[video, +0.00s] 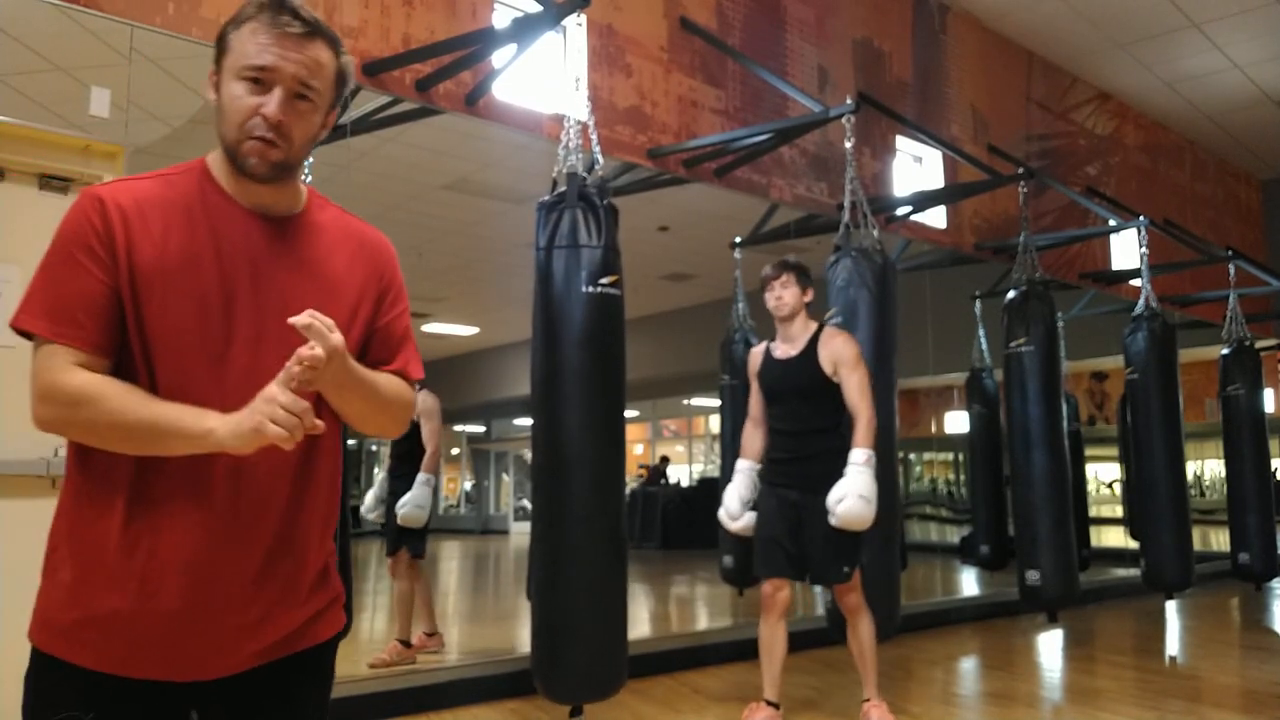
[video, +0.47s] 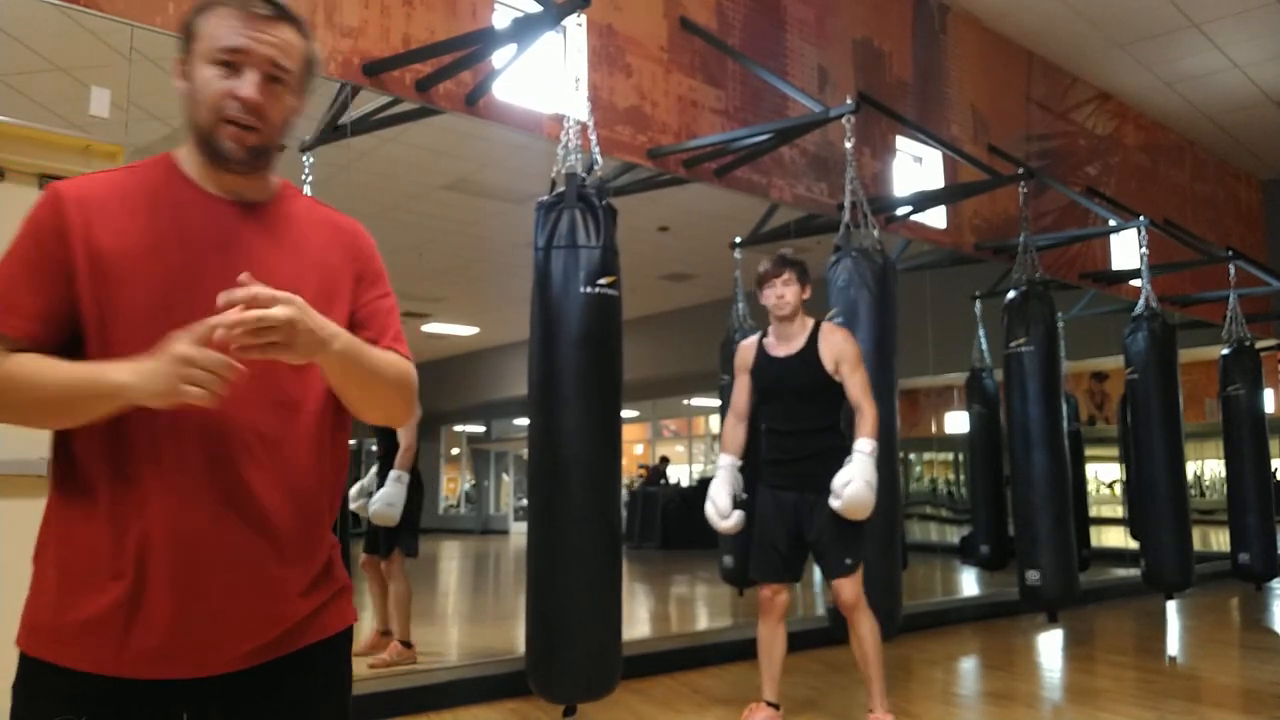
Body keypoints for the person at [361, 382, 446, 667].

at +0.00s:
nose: (393, 377)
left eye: (396, 370)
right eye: (391, 372)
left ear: (407, 370)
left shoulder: (425, 399)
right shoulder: (399, 403)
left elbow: (432, 450)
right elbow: (396, 457)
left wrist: (421, 488)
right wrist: (380, 490)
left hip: (412, 486)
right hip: (396, 485)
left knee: (400, 563)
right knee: (412, 564)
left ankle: (402, 642)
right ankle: (430, 632)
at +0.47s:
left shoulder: (404, 393)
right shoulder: (380, 394)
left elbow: (408, 445)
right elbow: (385, 451)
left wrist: (396, 484)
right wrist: (368, 482)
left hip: (401, 479)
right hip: (384, 478)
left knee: (393, 563)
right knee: (370, 562)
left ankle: (403, 644)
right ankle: (383, 632)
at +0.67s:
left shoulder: (387, 400)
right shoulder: (360, 405)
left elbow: (393, 443)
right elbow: (366, 447)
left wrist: (382, 481)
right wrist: (356, 479)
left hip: (387, 479)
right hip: (363, 479)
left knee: (381, 564)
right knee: (358, 563)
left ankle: (402, 642)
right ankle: (363, 634)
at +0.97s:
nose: (348, 391)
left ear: (363, 382)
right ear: (372, 382)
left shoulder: (369, 406)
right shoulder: (378, 407)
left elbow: (371, 444)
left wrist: (360, 485)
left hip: (374, 491)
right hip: (379, 491)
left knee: (355, 565)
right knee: (352, 564)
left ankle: (388, 626)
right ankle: (361, 634)